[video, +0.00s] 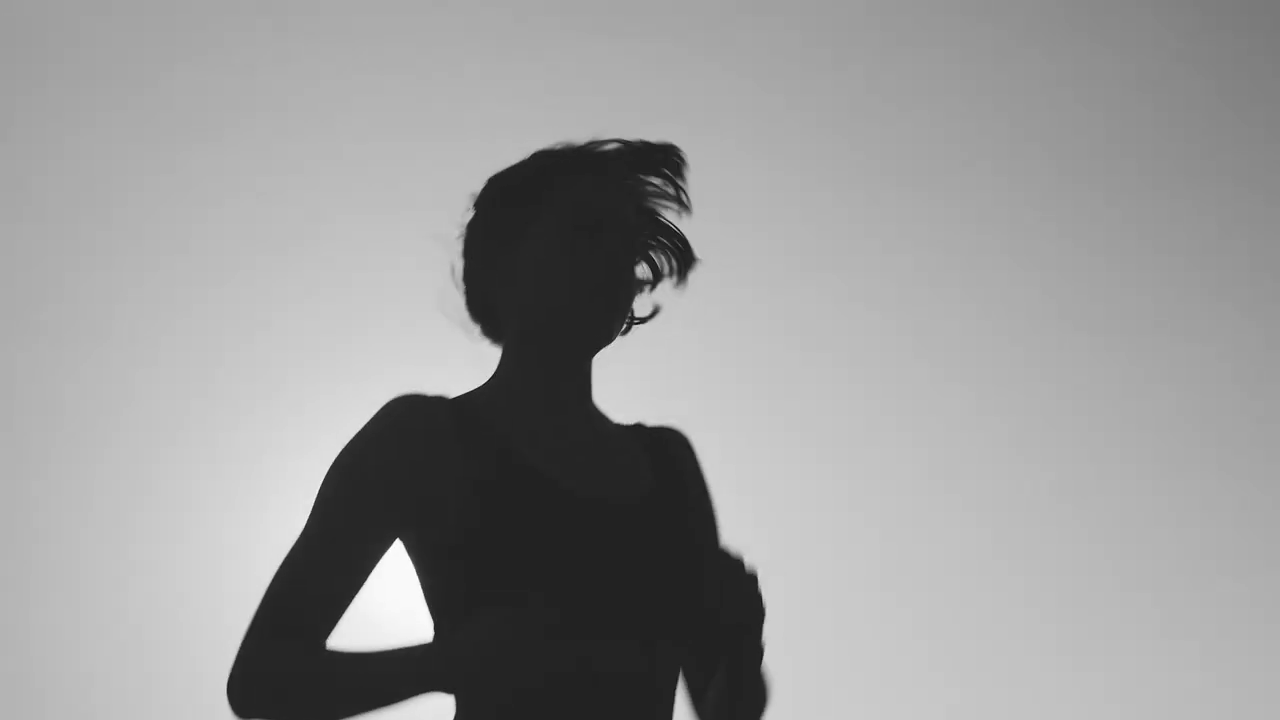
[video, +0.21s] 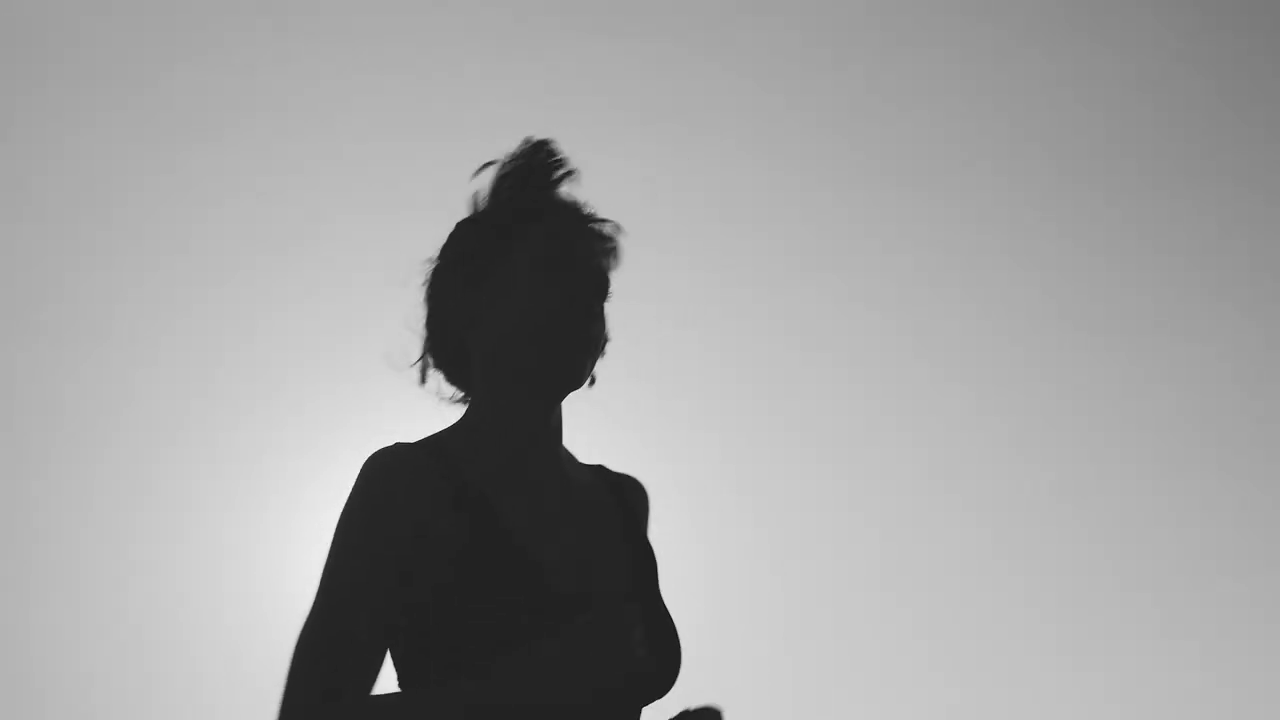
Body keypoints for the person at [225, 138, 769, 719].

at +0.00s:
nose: (617, 272)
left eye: (628, 251)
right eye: (584, 243)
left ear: (634, 282)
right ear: (505, 269)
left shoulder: (664, 460)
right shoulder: (418, 438)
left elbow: (728, 710)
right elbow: (261, 680)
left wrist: (734, 644)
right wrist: (447, 663)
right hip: (500, 714)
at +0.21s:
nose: (590, 326)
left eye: (593, 301)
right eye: (553, 296)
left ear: (595, 326)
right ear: (471, 320)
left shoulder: (618, 501)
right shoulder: (401, 483)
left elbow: (653, 667)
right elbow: (316, 699)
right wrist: (549, 681)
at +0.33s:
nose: (582, 312)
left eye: (587, 292)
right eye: (549, 288)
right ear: (470, 310)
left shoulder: (595, 497)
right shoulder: (401, 471)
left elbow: (626, 670)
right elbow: (361, 691)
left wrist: (626, 600)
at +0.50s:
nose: (583, 266)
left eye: (584, 247)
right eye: (556, 244)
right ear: (482, 260)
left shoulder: (572, 459)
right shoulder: (412, 413)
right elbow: (404, 633)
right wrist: (608, 518)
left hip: (568, 707)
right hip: (447, 706)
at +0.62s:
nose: (580, 243)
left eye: (580, 224)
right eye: (550, 220)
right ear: (472, 242)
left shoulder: (564, 440)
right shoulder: (415, 367)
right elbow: (402, 585)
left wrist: (587, 668)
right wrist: (604, 494)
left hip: (559, 704)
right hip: (443, 701)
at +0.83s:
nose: (575, 258)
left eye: (574, 235)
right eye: (544, 232)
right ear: (461, 257)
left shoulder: (563, 452)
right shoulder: (410, 378)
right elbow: (328, 596)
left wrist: (585, 672)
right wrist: (552, 547)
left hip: (549, 709)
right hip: (429, 704)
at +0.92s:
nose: (571, 280)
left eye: (570, 257)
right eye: (539, 252)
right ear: (459, 278)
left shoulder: (564, 478)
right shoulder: (404, 404)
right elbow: (289, 628)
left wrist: (587, 692)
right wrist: (528, 605)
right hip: (422, 708)